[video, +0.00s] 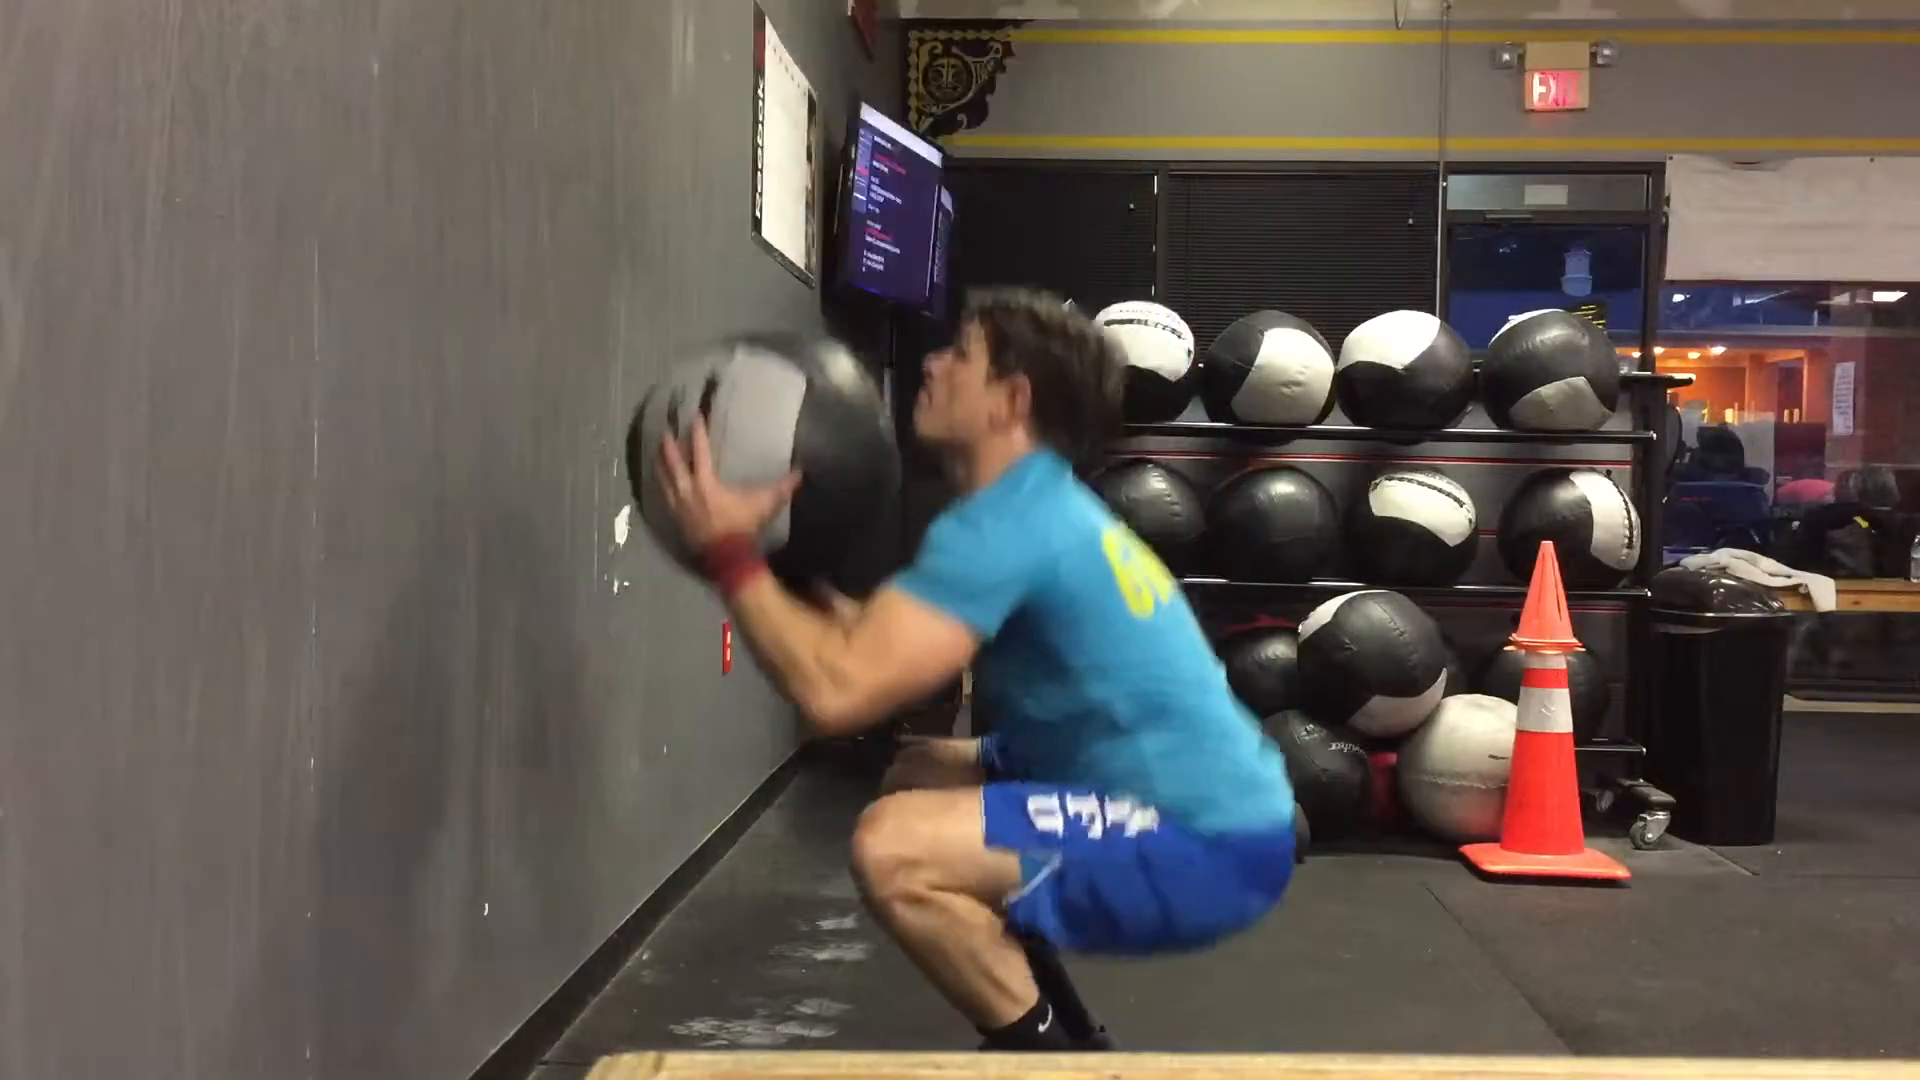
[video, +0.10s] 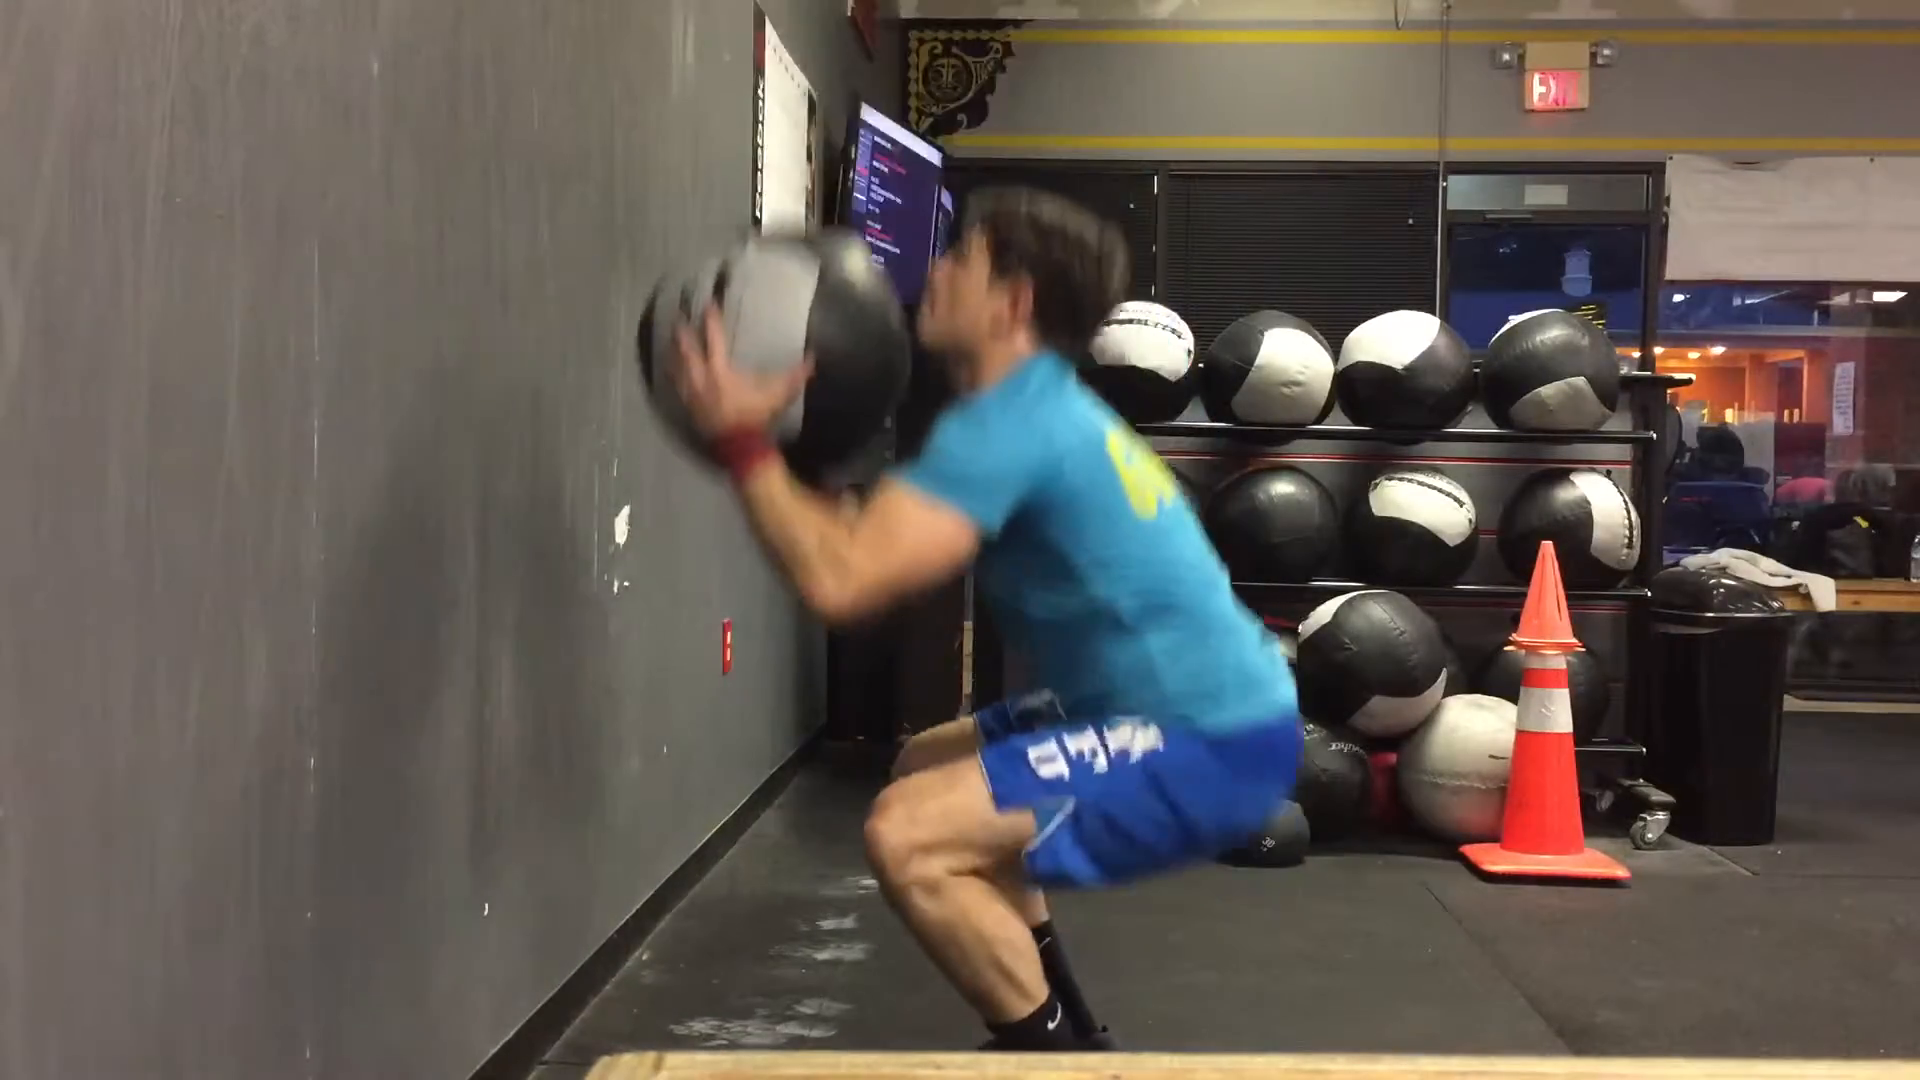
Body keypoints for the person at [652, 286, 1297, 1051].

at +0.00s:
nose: (931, 366)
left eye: (957, 356)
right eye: (946, 349)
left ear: (1012, 401)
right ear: (1011, 406)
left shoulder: (1007, 526)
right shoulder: (1042, 503)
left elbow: (835, 690)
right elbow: (882, 662)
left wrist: (730, 554)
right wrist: (837, 618)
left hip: (1197, 841)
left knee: (892, 846)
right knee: (915, 773)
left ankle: (1049, 1055)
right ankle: (1063, 1034)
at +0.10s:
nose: (935, 269)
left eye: (961, 255)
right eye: (951, 250)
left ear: (1015, 303)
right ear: (1016, 307)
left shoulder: (1011, 424)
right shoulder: (1038, 402)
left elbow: (839, 581)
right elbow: (867, 548)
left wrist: (743, 443)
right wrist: (762, 441)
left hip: (1200, 737)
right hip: (1157, 701)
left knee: (908, 838)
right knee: (922, 769)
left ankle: (1056, 1057)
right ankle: (1064, 1026)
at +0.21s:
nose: (955, 147)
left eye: (982, 134)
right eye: (971, 129)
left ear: (1036, 174)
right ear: (1034, 180)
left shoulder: (1029, 296)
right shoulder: (1045, 283)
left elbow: (848, 439)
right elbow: (876, 415)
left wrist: (769, 298)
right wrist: (795, 303)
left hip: (1186, 642)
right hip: (1150, 624)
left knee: (914, 827)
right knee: (937, 761)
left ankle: (1051, 1047)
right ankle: (1063, 1021)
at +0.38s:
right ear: (1127, 3)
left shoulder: (1074, 44)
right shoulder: (1080, 55)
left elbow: (858, 63)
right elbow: (928, 157)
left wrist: (842, 2)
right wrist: (895, 63)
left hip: (1083, 448)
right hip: (1063, 443)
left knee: (962, 761)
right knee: (994, 754)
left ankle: (1059, 1029)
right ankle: (1064, 1016)